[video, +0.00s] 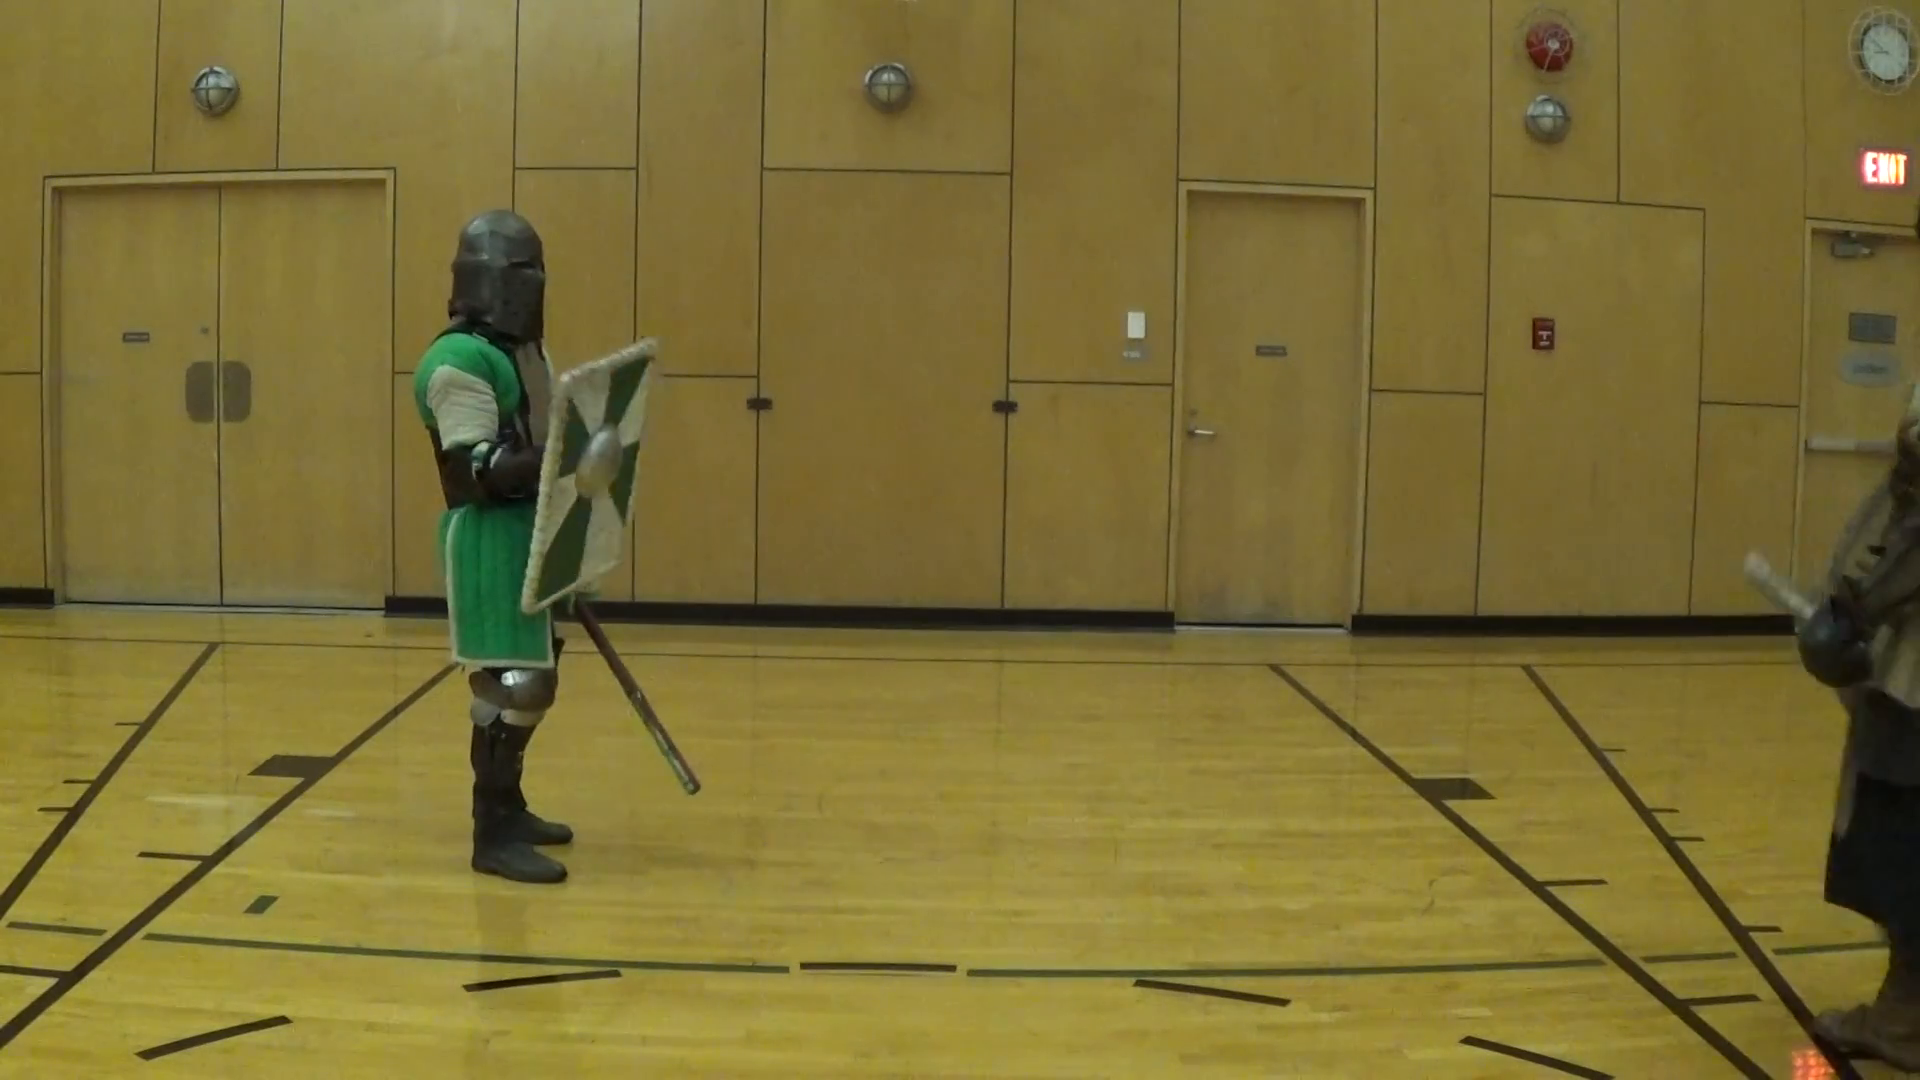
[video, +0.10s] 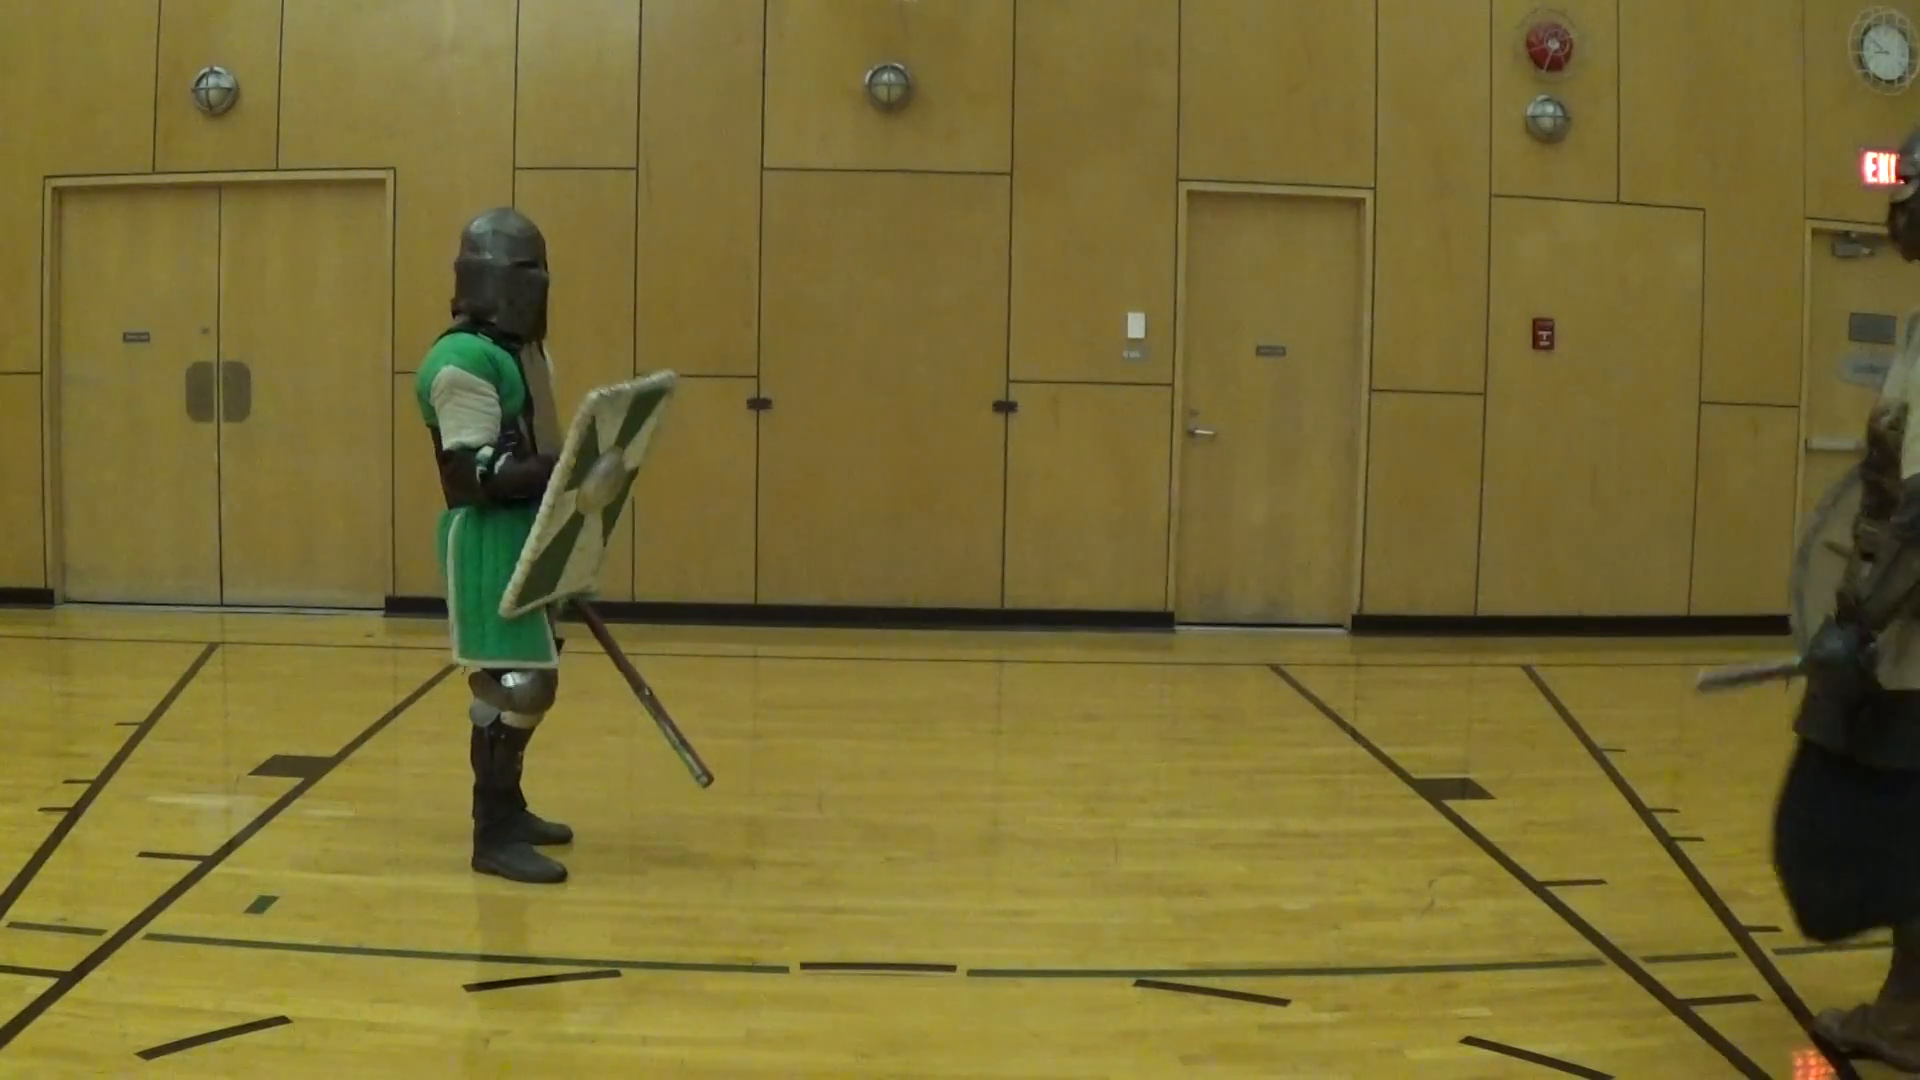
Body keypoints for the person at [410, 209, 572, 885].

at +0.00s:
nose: (533, 285)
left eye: (535, 272)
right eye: (520, 272)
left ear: (531, 277)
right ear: (481, 279)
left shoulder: (526, 357)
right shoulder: (457, 361)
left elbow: (549, 464)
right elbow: (473, 475)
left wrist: (566, 569)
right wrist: (568, 458)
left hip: (526, 531)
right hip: (483, 534)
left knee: (526, 678)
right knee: (511, 682)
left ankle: (506, 810)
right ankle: (492, 836)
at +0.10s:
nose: (539, 286)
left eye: (539, 272)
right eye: (526, 272)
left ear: (526, 280)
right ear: (489, 280)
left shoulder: (522, 357)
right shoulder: (462, 362)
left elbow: (536, 462)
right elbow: (469, 479)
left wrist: (565, 569)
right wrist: (567, 468)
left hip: (518, 529)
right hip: (483, 533)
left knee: (513, 679)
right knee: (519, 682)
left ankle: (506, 810)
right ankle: (493, 836)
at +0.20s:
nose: (543, 287)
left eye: (543, 274)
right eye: (531, 274)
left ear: (525, 280)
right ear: (497, 280)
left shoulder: (522, 356)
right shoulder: (466, 363)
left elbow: (525, 461)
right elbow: (467, 481)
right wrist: (565, 479)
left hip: (517, 535)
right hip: (483, 539)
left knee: (515, 679)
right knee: (513, 683)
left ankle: (505, 809)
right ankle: (492, 837)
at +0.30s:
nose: (550, 289)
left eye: (548, 276)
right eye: (539, 276)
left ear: (496, 282)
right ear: (508, 282)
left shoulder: (514, 359)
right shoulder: (471, 365)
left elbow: (514, 469)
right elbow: (465, 484)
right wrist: (560, 490)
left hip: (513, 539)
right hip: (484, 544)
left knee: (517, 682)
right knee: (509, 686)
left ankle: (506, 810)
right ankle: (492, 837)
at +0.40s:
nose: (555, 295)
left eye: (553, 282)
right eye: (545, 282)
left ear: (496, 284)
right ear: (516, 287)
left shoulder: (507, 362)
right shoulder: (475, 368)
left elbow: (512, 478)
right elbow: (462, 486)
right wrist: (559, 500)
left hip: (504, 545)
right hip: (479, 548)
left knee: (514, 686)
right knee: (509, 691)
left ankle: (506, 810)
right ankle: (493, 837)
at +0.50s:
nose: (554, 299)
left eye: (552, 286)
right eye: (547, 286)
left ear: (493, 285)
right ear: (519, 289)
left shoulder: (498, 363)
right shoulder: (475, 369)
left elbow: (498, 477)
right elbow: (461, 486)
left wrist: (562, 508)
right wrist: (561, 507)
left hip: (497, 544)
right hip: (480, 547)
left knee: (498, 683)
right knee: (516, 690)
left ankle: (486, 808)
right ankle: (494, 838)